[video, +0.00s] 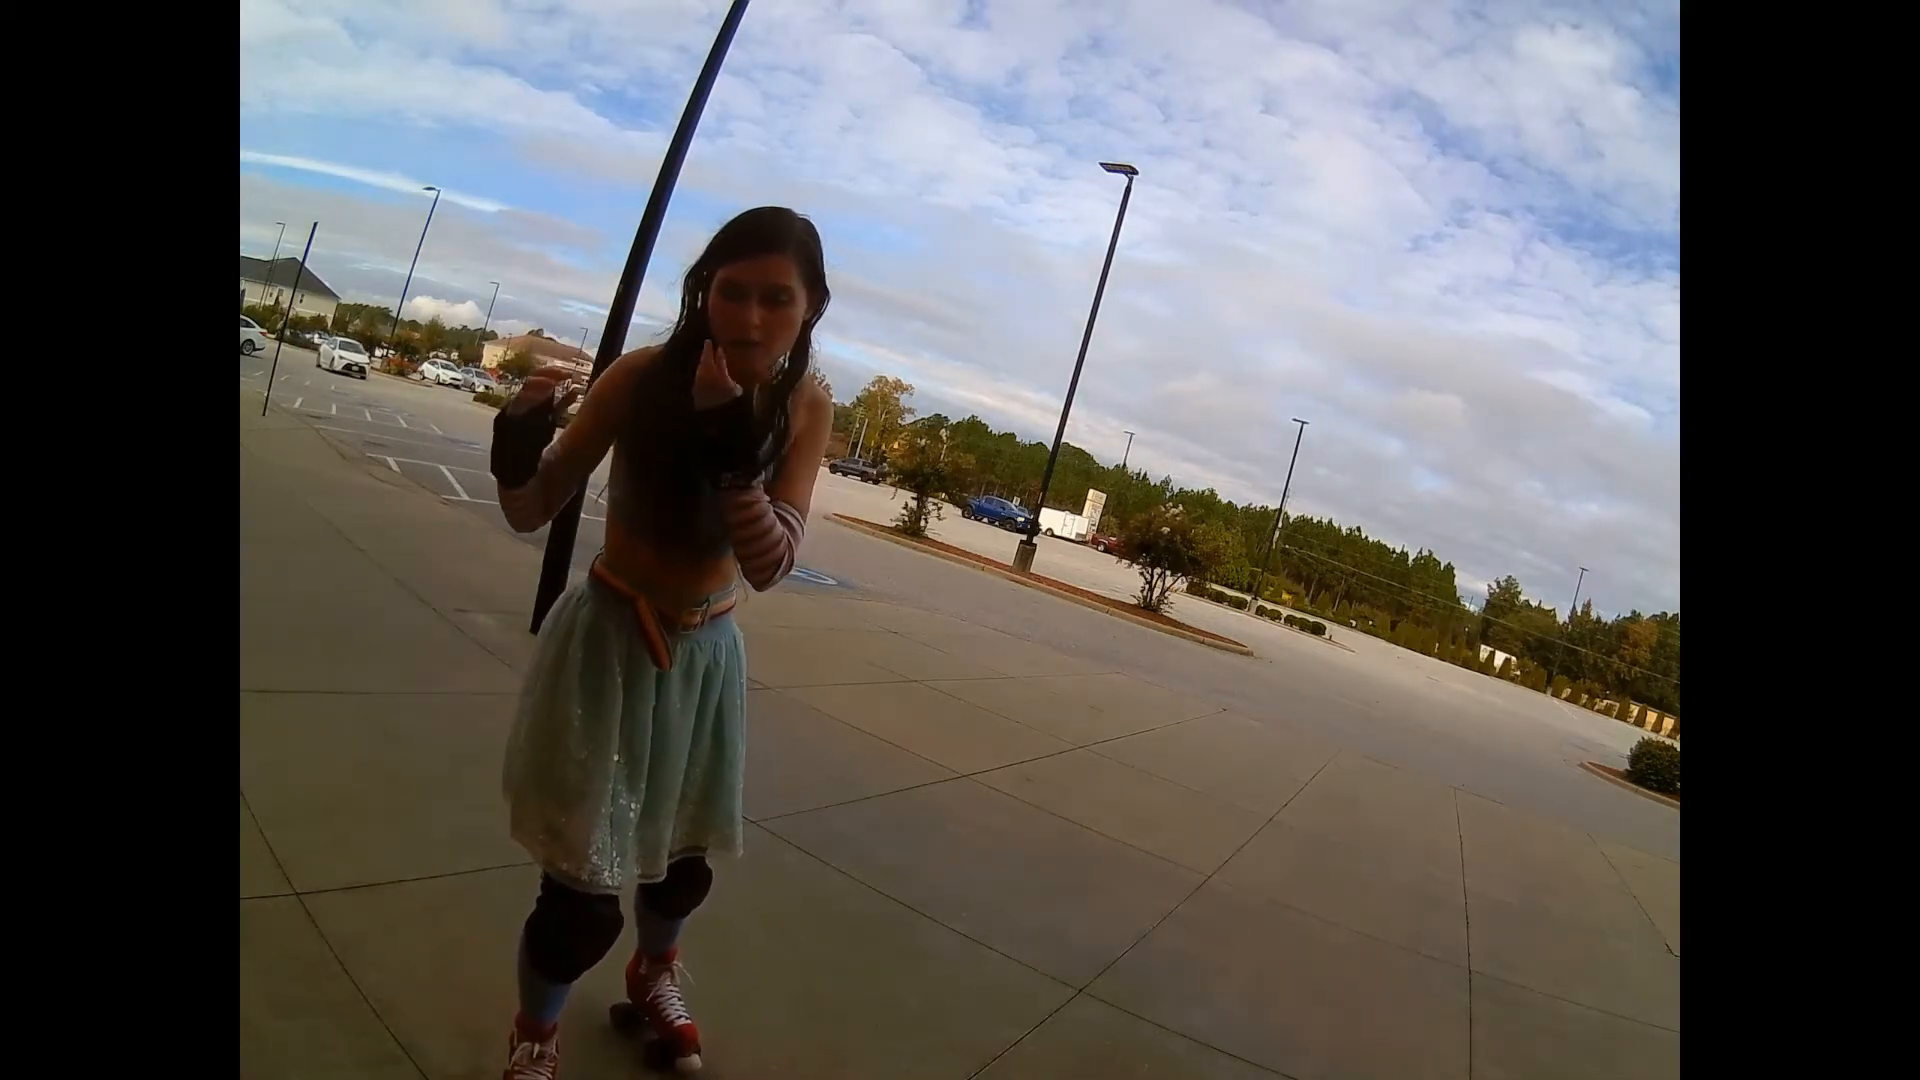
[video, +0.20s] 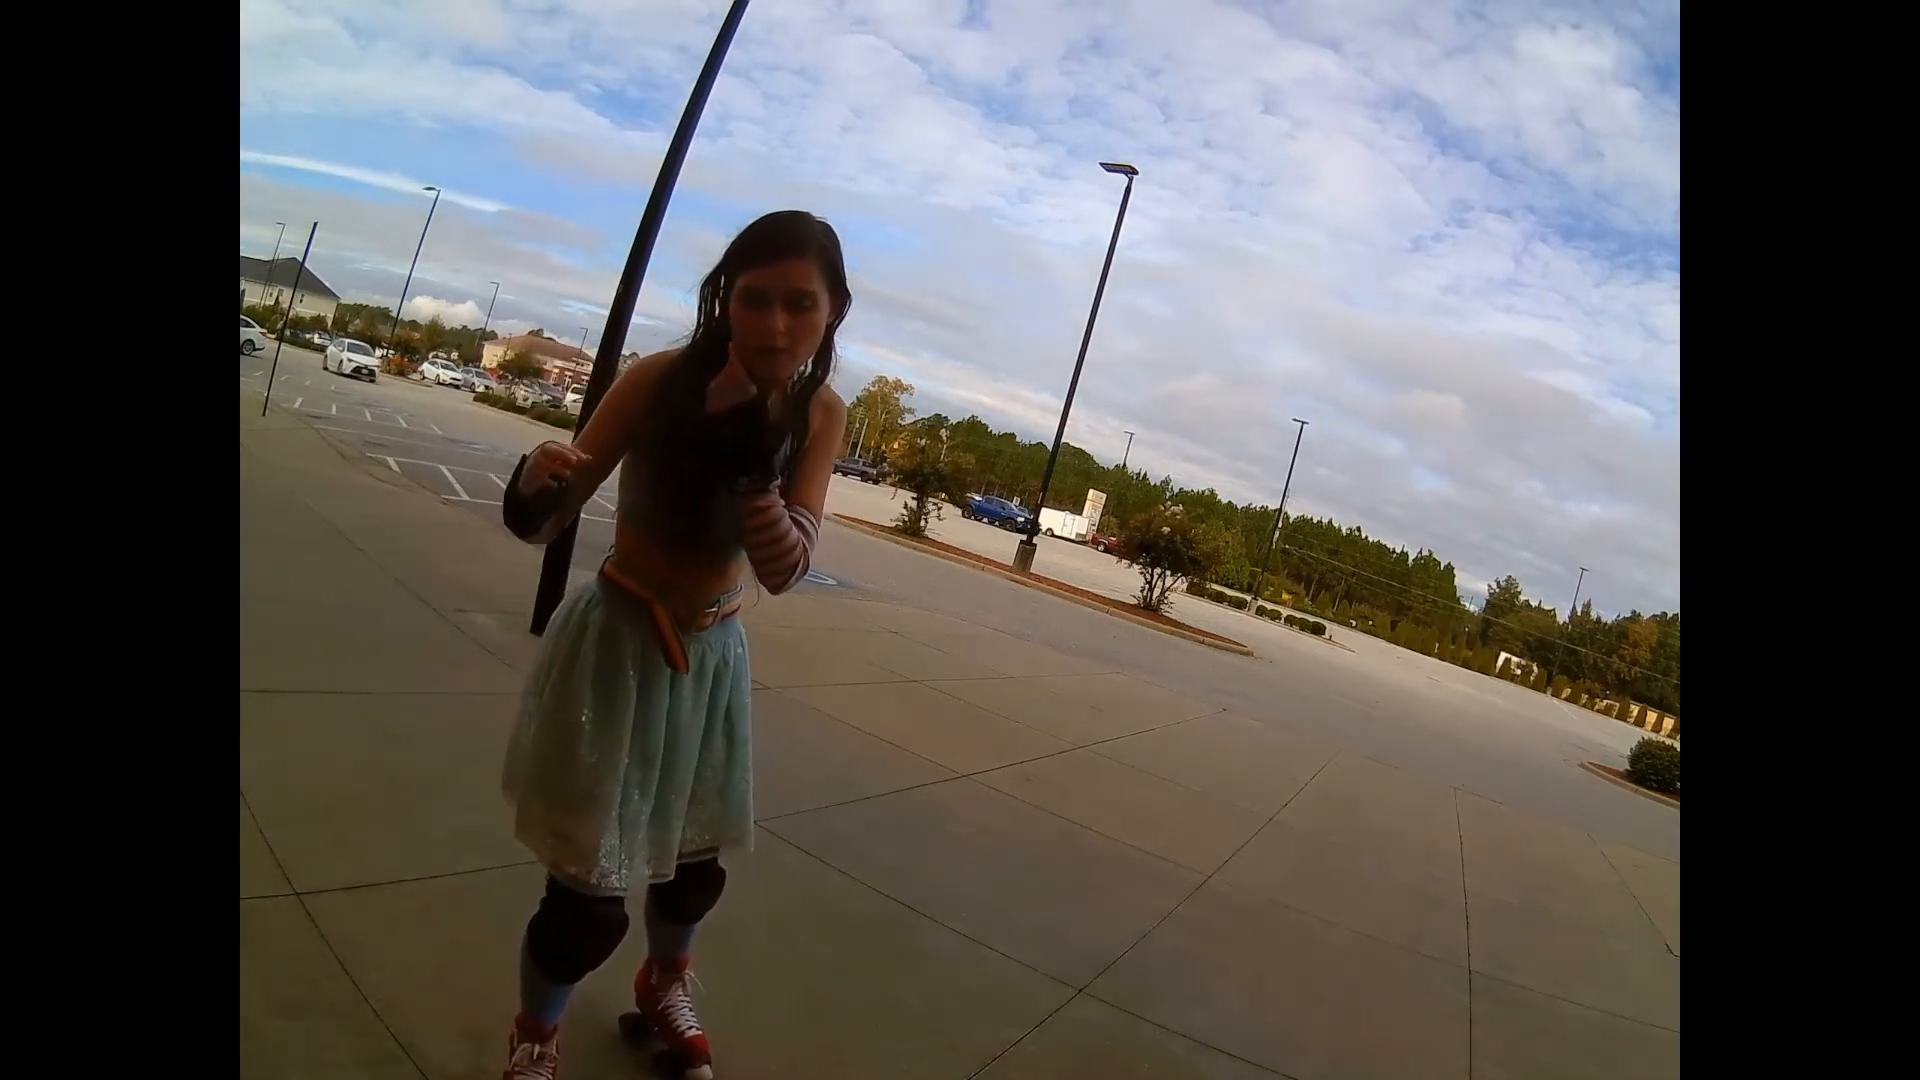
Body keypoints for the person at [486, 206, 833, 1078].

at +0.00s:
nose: (748, 320)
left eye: (775, 299)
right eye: (730, 293)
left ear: (809, 312)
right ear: (702, 293)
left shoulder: (803, 408)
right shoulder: (638, 382)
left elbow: (769, 566)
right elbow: (530, 510)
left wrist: (731, 450)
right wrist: (518, 441)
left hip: (707, 649)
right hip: (607, 638)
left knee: (683, 867)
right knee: (585, 897)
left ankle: (654, 973)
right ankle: (536, 1041)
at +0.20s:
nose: (774, 327)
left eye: (799, 304)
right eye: (755, 300)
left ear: (832, 317)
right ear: (723, 300)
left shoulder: (818, 414)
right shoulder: (658, 384)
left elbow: (784, 568)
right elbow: (533, 516)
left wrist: (771, 514)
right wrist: (537, 479)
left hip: (713, 647)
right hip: (616, 637)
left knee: (694, 868)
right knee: (590, 895)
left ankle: (663, 990)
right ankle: (536, 1041)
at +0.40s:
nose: (797, 325)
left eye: (821, 305)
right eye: (778, 299)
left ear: (850, 319)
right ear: (743, 299)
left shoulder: (829, 417)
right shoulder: (675, 381)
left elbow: (801, 578)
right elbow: (566, 498)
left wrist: (775, 492)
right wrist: (570, 564)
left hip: (721, 651)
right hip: (623, 640)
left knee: (700, 877)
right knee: (591, 904)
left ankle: (674, 998)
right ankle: (535, 1043)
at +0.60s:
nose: (809, 318)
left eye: (833, 299)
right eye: (789, 293)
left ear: (863, 317)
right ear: (756, 295)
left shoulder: (841, 418)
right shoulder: (689, 383)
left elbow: (828, 552)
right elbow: (577, 522)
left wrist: (807, 566)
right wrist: (579, 670)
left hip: (734, 657)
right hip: (638, 646)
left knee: (711, 882)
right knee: (598, 907)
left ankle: (691, 1017)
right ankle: (537, 1044)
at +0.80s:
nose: (818, 312)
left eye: (844, 293)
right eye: (799, 287)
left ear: (876, 313)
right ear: (767, 293)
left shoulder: (855, 417)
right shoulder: (699, 385)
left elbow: (838, 525)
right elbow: (579, 508)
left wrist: (831, 613)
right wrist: (560, 646)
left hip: (754, 670)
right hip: (654, 651)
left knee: (733, 889)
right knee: (600, 906)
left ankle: (711, 1027)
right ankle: (537, 1043)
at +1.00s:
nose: (834, 301)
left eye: (859, 283)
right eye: (814, 279)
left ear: (888, 307)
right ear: (780, 289)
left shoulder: (878, 411)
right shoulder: (715, 374)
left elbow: (864, 500)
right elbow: (575, 445)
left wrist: (833, 593)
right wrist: (560, 588)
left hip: (768, 673)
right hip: (665, 651)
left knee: (741, 902)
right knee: (603, 907)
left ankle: (717, 1038)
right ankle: (535, 1044)